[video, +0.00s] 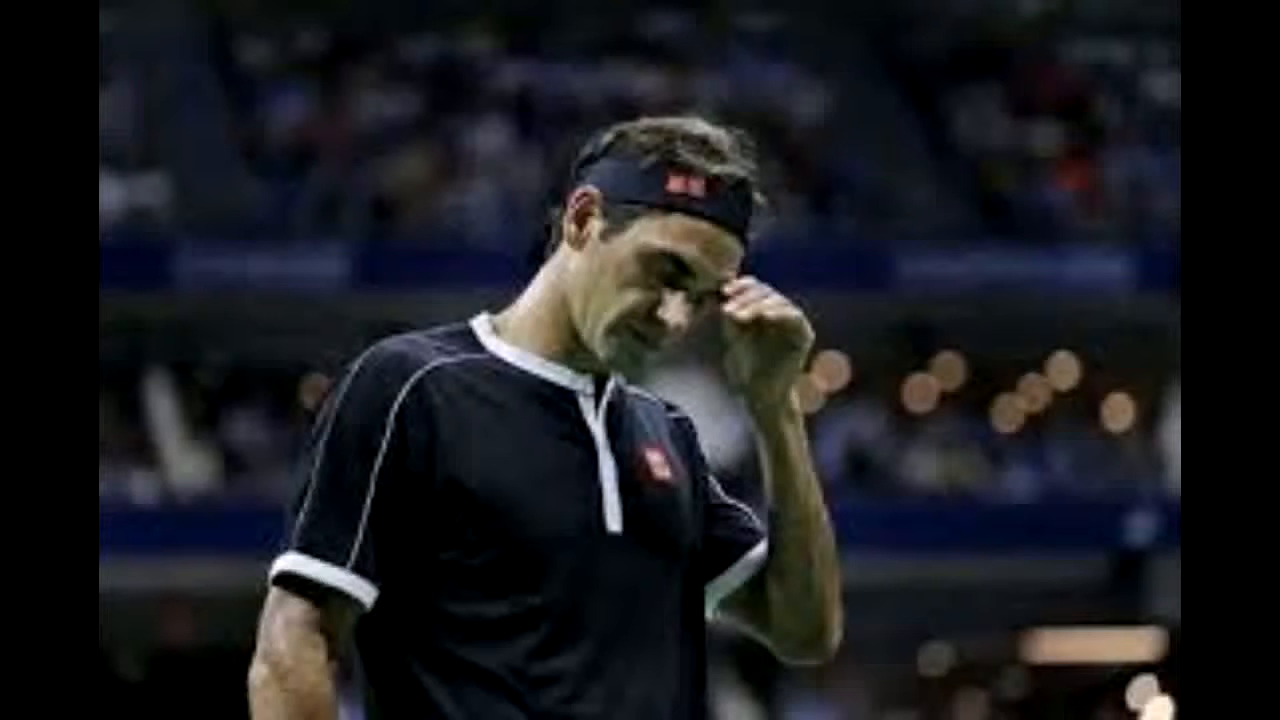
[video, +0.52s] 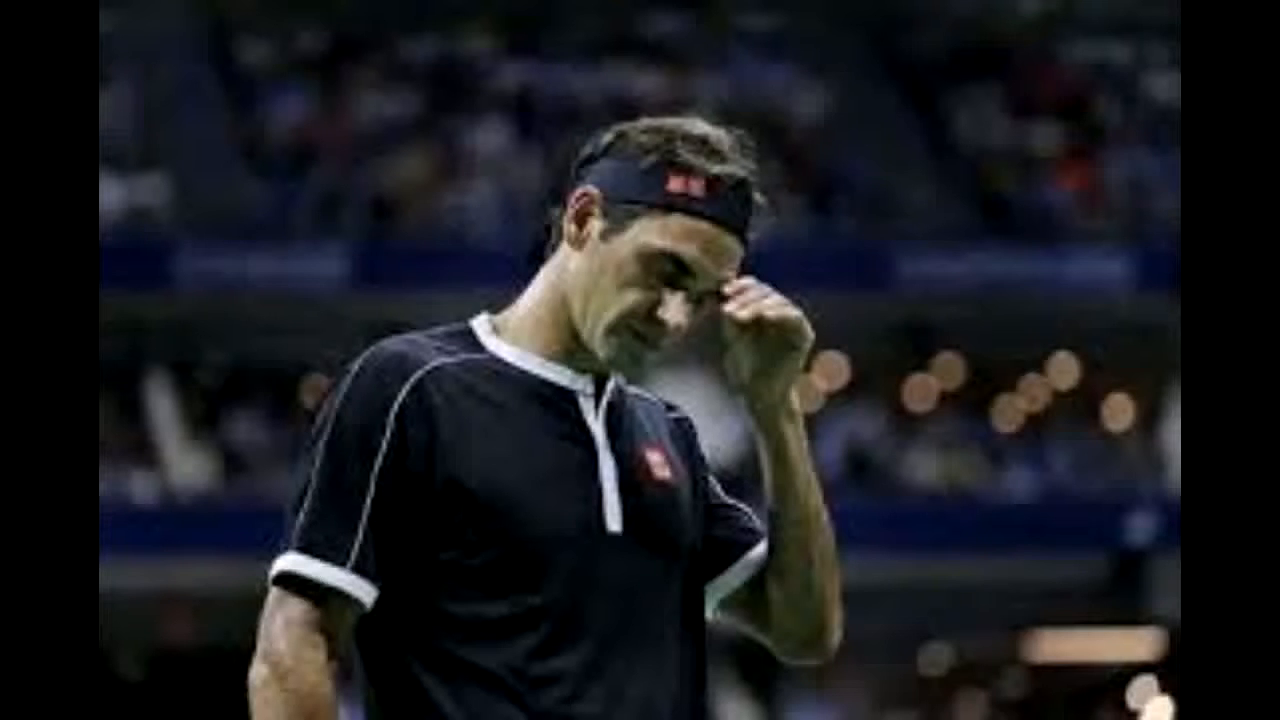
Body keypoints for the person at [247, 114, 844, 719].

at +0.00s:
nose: (675, 318)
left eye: (702, 299)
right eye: (664, 273)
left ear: (721, 300)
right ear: (584, 221)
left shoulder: (664, 436)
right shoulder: (403, 386)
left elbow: (805, 633)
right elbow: (291, 642)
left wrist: (777, 411)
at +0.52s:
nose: (675, 317)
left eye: (701, 298)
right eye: (664, 273)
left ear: (720, 300)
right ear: (584, 220)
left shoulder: (664, 436)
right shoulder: (403, 386)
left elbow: (805, 632)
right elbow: (291, 642)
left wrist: (777, 410)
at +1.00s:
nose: (675, 318)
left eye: (701, 299)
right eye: (665, 273)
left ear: (718, 301)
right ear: (584, 221)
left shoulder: (664, 435)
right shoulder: (403, 386)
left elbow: (805, 633)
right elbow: (292, 643)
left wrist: (776, 410)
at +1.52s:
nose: (675, 318)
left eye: (701, 299)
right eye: (665, 273)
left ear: (718, 301)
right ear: (584, 220)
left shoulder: (664, 436)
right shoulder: (404, 386)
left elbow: (805, 633)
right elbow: (292, 641)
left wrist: (776, 409)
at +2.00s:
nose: (675, 317)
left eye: (701, 299)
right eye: (664, 272)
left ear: (718, 301)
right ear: (584, 221)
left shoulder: (664, 436)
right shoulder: (404, 386)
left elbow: (805, 633)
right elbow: (292, 641)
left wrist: (776, 410)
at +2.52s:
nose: (675, 317)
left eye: (701, 299)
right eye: (664, 272)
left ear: (718, 301)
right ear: (584, 221)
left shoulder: (664, 436)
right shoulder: (404, 386)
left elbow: (805, 633)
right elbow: (292, 641)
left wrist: (776, 410)